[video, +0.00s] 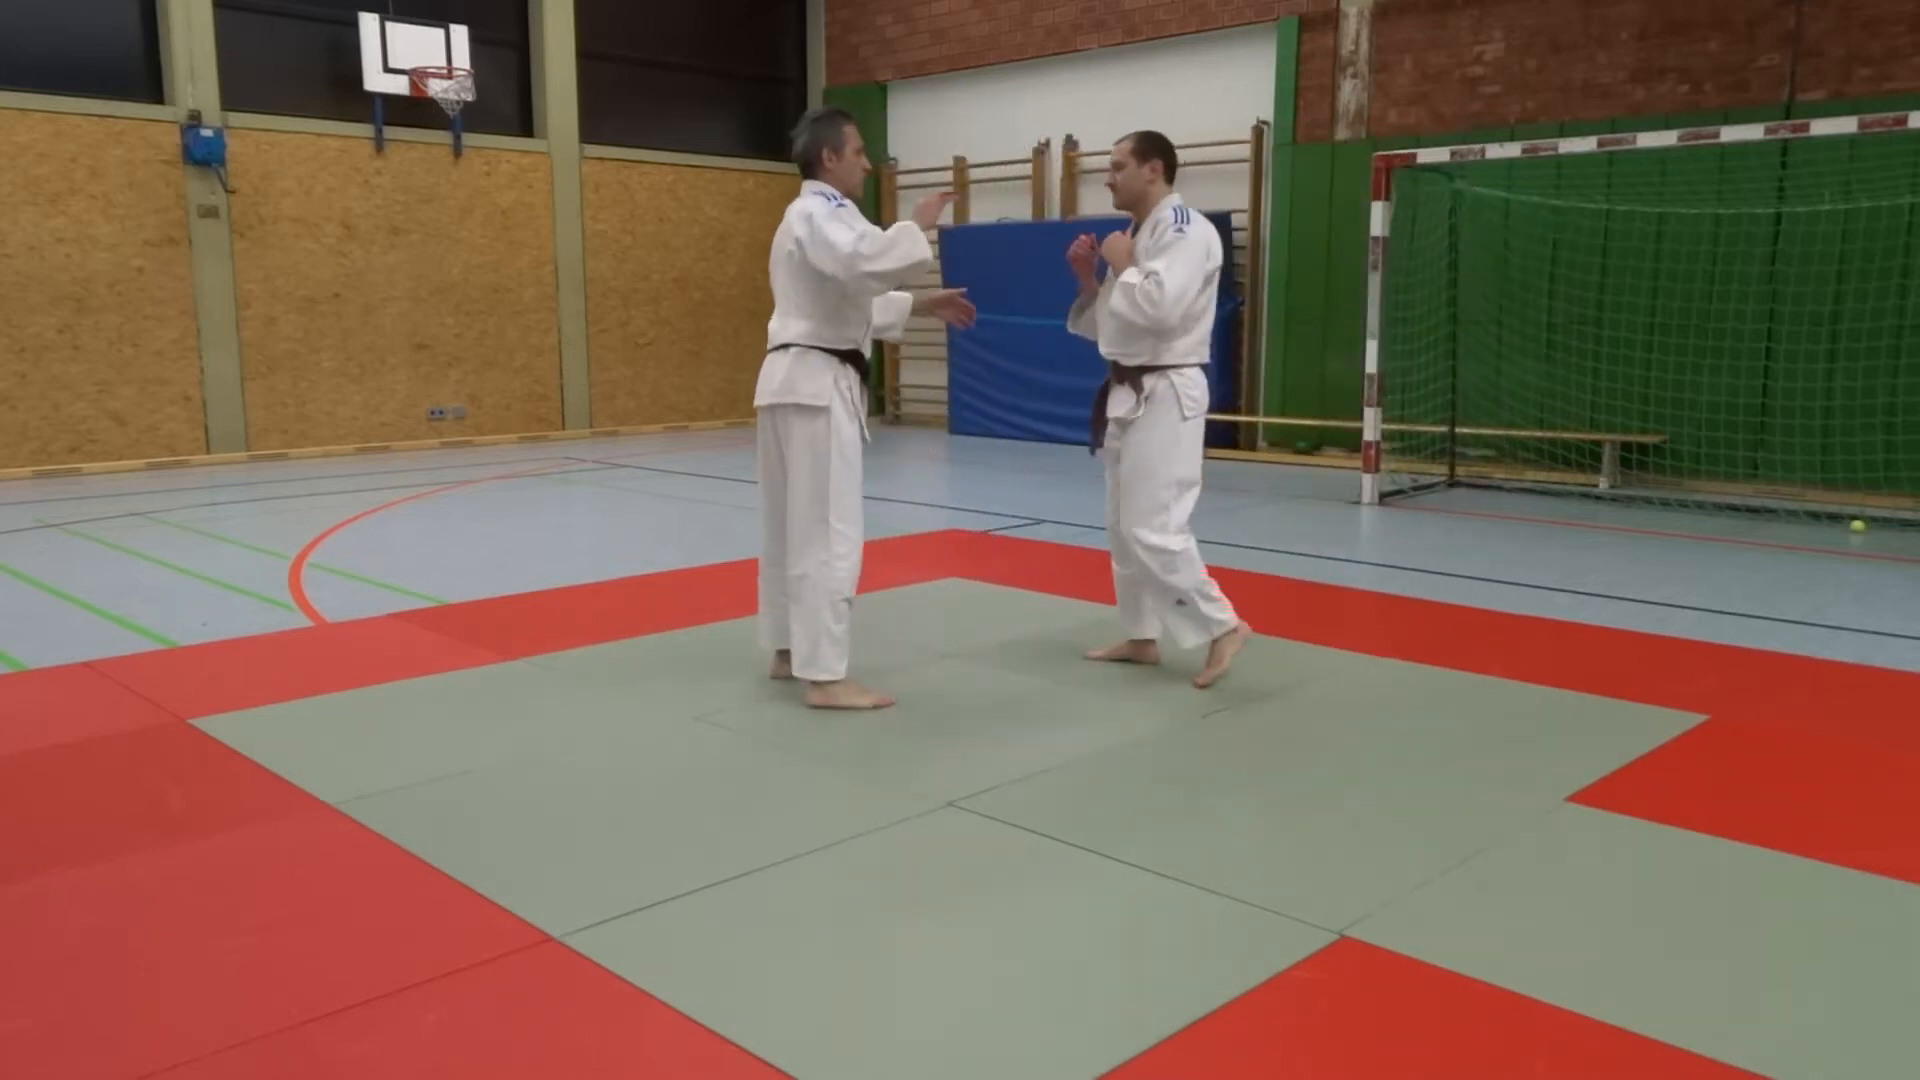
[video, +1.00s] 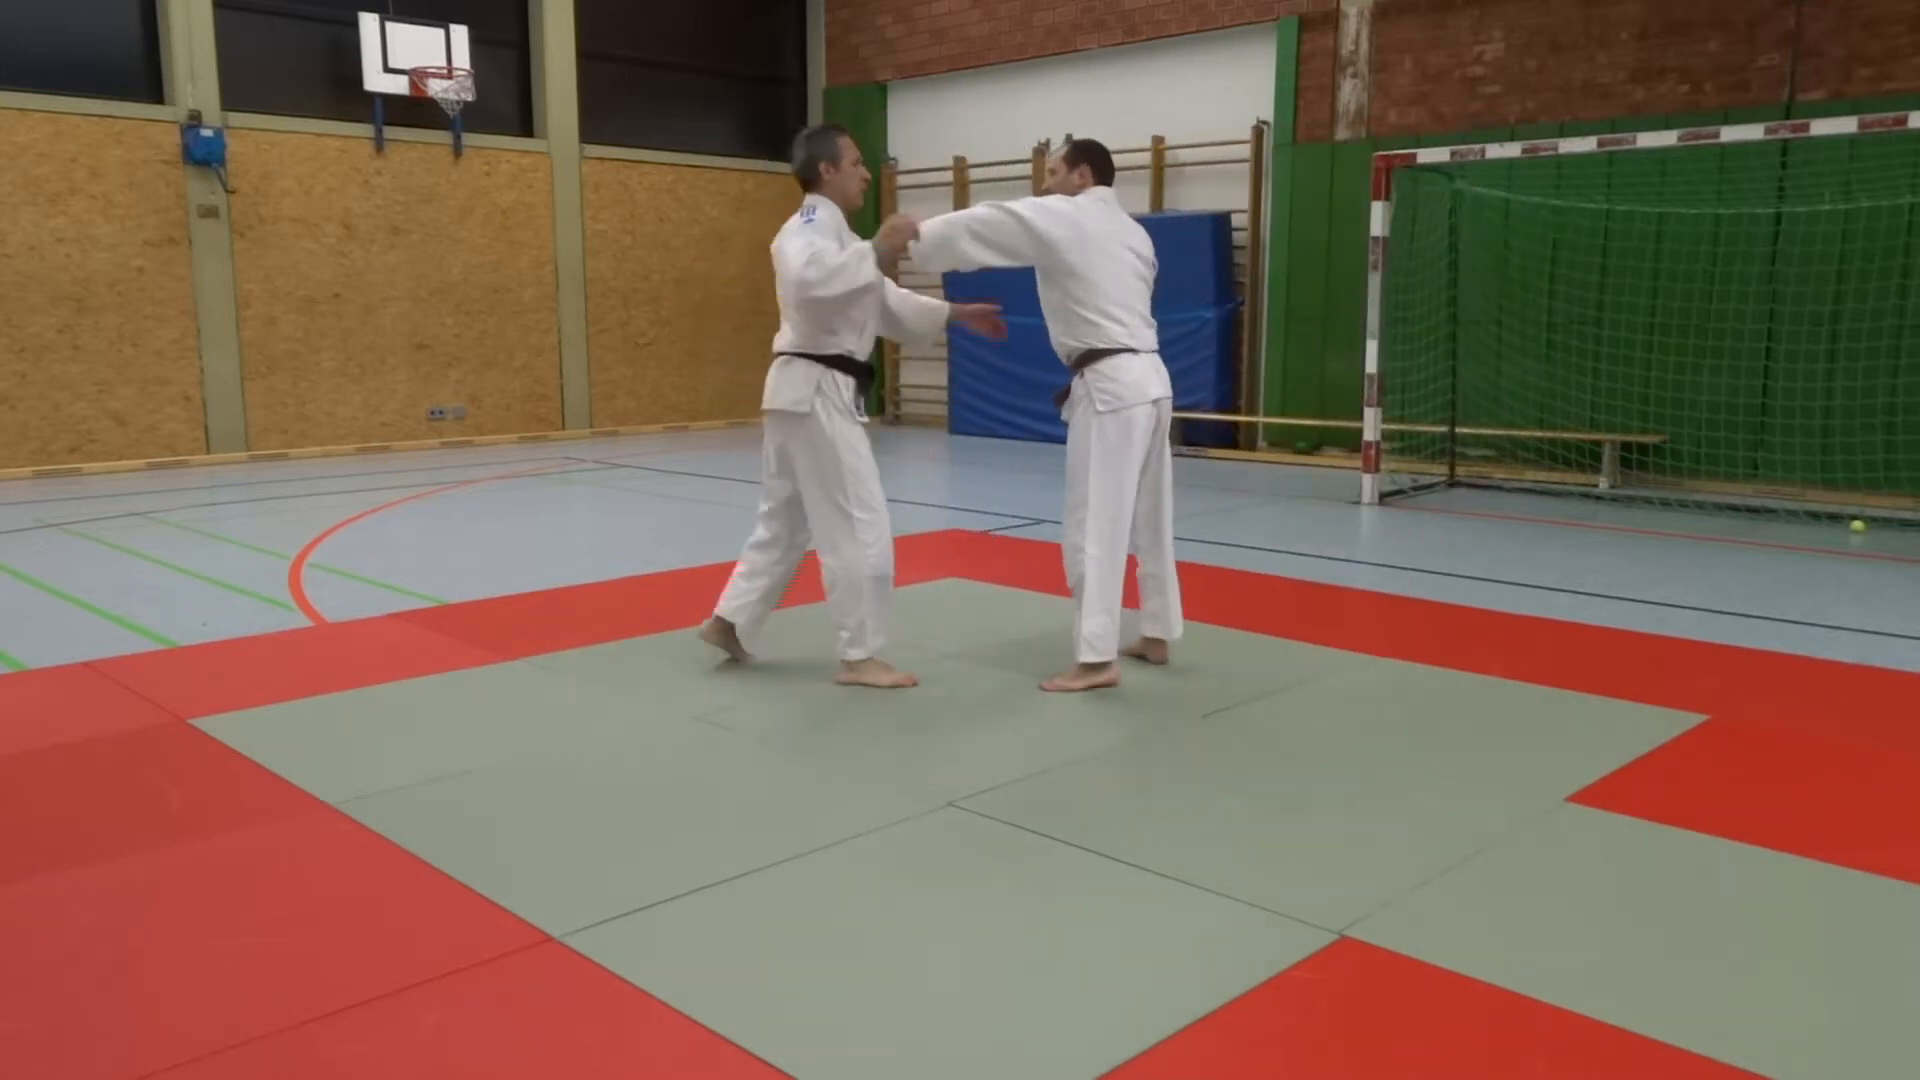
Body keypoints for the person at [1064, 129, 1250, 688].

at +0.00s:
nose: (1109, 177)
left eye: (1118, 167)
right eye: (1110, 169)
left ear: (1154, 172)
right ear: (1146, 175)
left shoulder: (1190, 231)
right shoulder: (1139, 237)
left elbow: (1157, 308)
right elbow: (1110, 327)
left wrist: (1122, 267)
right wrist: (1089, 284)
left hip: (1169, 392)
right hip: (1128, 393)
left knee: (1148, 525)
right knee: (1124, 524)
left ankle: (1225, 628)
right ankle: (1141, 639)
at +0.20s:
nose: (1075, 185)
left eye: (1083, 173)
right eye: (1074, 175)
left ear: (1119, 174)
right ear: (1114, 177)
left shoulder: (1144, 226)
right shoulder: (1113, 232)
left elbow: (1089, 291)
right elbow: (1085, 317)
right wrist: (1068, 263)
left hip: (1147, 390)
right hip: (1128, 388)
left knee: (1107, 519)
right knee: (1132, 516)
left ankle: (1103, 655)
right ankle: (1140, 636)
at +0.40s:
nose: (1044, 185)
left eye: (1051, 175)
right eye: (1044, 175)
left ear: (1082, 177)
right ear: (1094, 181)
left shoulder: (1072, 226)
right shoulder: (1137, 227)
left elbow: (980, 256)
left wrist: (883, 277)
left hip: (1128, 391)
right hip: (1168, 383)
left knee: (1104, 521)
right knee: (1154, 517)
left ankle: (1103, 660)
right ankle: (1146, 635)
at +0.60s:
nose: (1037, 185)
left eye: (1042, 175)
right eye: (1038, 175)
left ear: (1073, 173)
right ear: (1091, 176)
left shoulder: (1051, 220)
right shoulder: (1139, 226)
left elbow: (958, 235)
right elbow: (1137, 305)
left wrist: (869, 256)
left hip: (1117, 387)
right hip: (1162, 381)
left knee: (1096, 521)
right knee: (1150, 517)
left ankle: (1101, 661)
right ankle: (1143, 635)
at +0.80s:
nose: (1043, 186)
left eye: (1048, 175)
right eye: (1045, 176)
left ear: (1075, 174)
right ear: (1100, 178)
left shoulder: (1053, 216)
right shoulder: (1144, 230)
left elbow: (956, 226)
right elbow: (1134, 314)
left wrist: (865, 256)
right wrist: (1082, 375)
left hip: (1108, 385)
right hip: (1159, 381)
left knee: (1094, 523)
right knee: (1152, 517)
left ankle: (1101, 662)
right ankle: (1154, 637)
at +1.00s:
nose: (1047, 183)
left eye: (1054, 173)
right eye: (1049, 174)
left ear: (1082, 174)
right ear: (1099, 178)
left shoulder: (1058, 214)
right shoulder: (1133, 230)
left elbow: (982, 222)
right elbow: (1129, 314)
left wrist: (904, 236)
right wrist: (1084, 377)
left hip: (1109, 384)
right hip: (1153, 381)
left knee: (1094, 522)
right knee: (1151, 518)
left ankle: (1096, 660)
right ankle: (1157, 637)